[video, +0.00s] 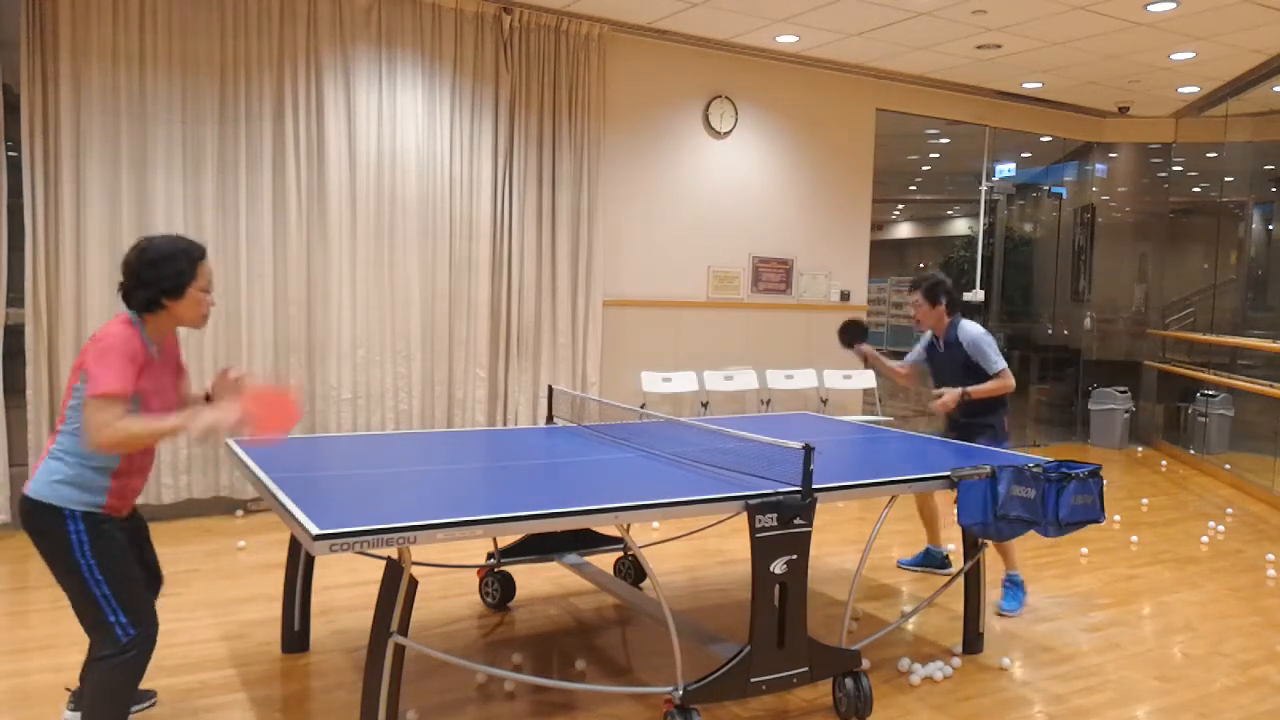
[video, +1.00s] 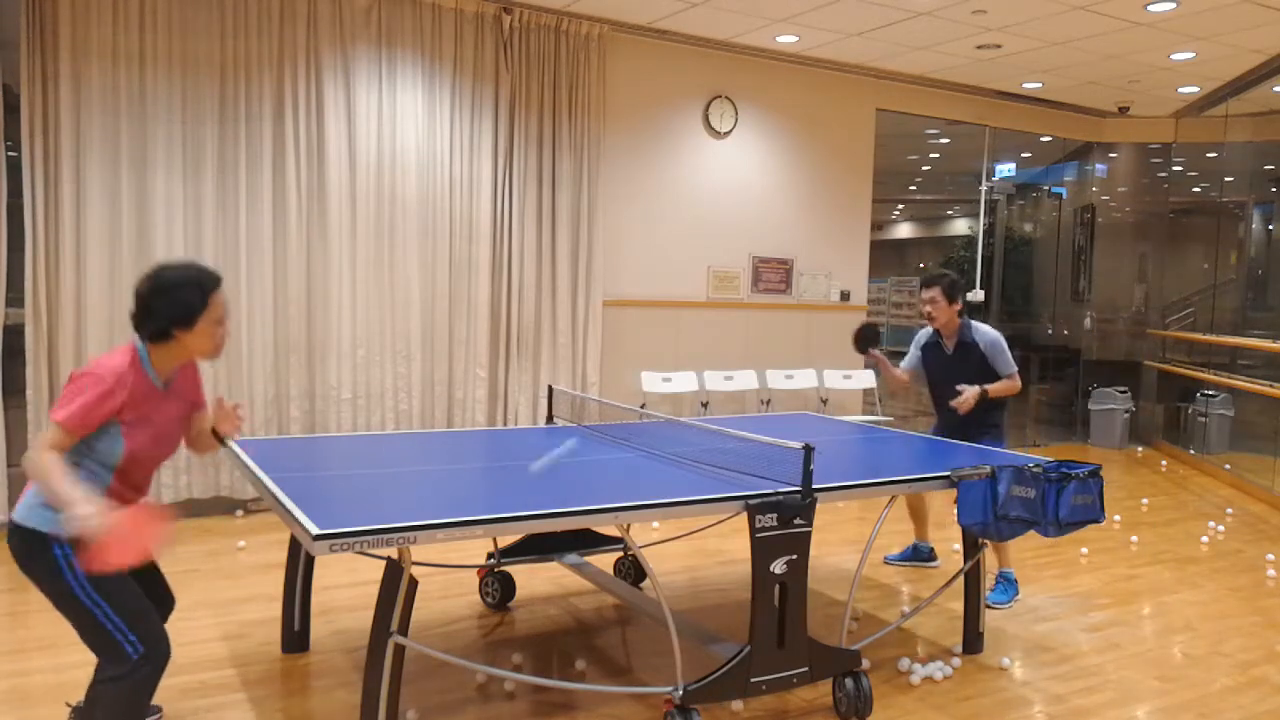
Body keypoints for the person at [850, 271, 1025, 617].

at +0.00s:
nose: (913, 312)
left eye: (918, 305)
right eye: (912, 306)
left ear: (940, 305)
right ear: (933, 307)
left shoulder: (971, 334)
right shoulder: (930, 340)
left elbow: (1007, 382)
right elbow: (903, 375)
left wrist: (961, 393)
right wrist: (872, 356)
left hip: (988, 434)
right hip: (955, 432)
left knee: (985, 506)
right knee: (921, 482)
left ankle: (1013, 578)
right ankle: (936, 552)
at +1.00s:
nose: (926, 309)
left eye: (933, 302)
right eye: (923, 303)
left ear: (956, 305)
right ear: (923, 306)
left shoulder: (986, 338)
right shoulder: (924, 339)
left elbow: (1014, 384)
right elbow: (902, 383)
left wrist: (981, 390)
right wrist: (881, 363)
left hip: (985, 434)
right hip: (945, 430)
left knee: (985, 499)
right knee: (911, 475)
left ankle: (1005, 576)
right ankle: (922, 547)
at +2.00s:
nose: (865, 311)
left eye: (872, 305)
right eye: (862, 305)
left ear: (891, 311)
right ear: (859, 307)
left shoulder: (912, 341)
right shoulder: (856, 340)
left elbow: (942, 382)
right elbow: (834, 375)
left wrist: (916, 405)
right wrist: (815, 375)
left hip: (909, 429)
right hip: (872, 427)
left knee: (911, 485)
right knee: (844, 470)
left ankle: (932, 548)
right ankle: (852, 527)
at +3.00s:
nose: (918, 305)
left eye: (925, 298)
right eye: (914, 298)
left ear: (946, 302)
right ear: (909, 300)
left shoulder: (968, 333)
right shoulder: (901, 332)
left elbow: (994, 367)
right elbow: (889, 380)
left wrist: (978, 391)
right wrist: (893, 382)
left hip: (958, 424)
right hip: (918, 422)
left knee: (956, 488)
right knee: (899, 480)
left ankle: (972, 563)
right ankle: (915, 544)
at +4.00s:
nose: (968, 299)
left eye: (976, 292)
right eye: (966, 292)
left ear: (1000, 295)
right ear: (965, 294)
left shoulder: (1025, 333)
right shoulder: (964, 323)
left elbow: (1051, 378)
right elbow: (949, 365)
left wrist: (1011, 388)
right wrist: (928, 351)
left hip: (1012, 435)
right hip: (972, 427)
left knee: (1012, 508)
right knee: (937, 474)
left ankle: (1034, 583)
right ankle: (938, 537)